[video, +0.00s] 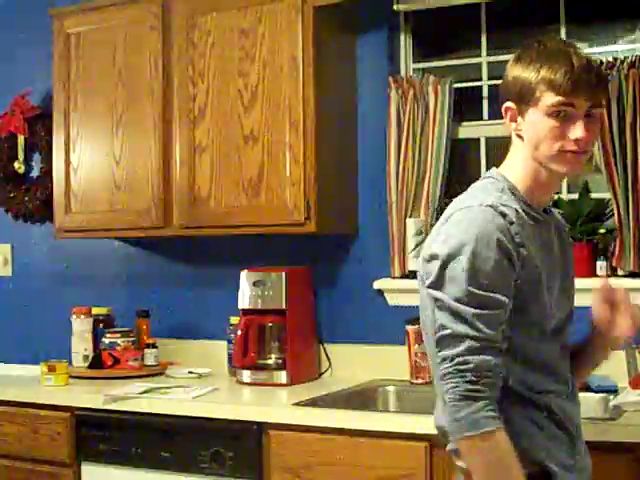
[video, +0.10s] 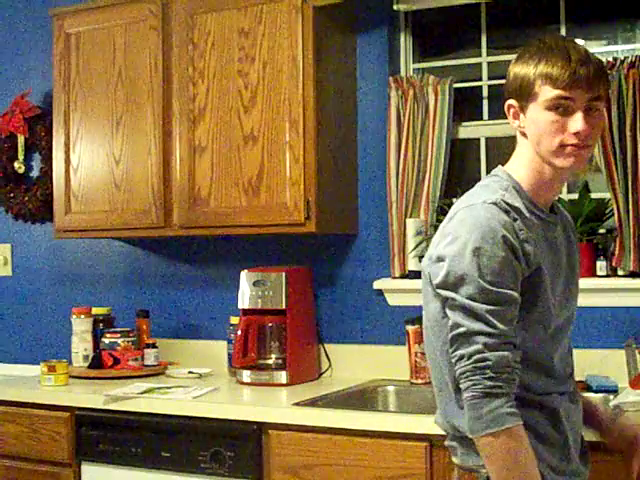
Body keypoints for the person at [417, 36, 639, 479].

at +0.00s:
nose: (581, 133)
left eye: (592, 115)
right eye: (561, 113)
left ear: (602, 122)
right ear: (514, 120)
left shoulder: (551, 226)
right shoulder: (477, 229)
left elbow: (549, 381)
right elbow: (468, 417)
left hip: (564, 461)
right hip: (513, 467)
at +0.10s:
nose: (580, 126)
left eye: (592, 109)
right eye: (560, 108)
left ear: (603, 118)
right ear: (517, 116)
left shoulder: (558, 222)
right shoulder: (482, 229)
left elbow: (544, 375)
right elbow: (489, 414)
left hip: (560, 460)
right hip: (506, 468)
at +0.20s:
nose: (582, 120)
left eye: (594, 103)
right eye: (561, 103)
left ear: (605, 113)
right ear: (520, 116)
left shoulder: (565, 226)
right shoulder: (488, 228)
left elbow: (561, 382)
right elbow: (492, 410)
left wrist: (583, 469)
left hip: (564, 460)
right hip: (510, 466)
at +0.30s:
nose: (587, 115)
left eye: (599, 100)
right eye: (566, 99)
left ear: (609, 114)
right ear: (524, 113)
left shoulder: (570, 226)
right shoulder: (489, 225)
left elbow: (562, 380)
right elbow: (494, 413)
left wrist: (574, 467)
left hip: (565, 462)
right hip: (513, 467)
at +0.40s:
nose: (593, 114)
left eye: (603, 98)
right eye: (572, 96)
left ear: (613, 109)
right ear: (528, 110)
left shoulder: (570, 227)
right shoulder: (492, 224)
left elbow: (562, 380)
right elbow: (495, 412)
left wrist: (572, 467)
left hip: (563, 462)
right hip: (512, 468)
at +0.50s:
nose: (601, 113)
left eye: (608, 98)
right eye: (580, 96)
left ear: (615, 108)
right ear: (530, 108)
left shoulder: (562, 224)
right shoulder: (496, 222)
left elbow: (575, 386)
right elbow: (497, 411)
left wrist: (588, 473)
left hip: (564, 464)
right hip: (515, 468)